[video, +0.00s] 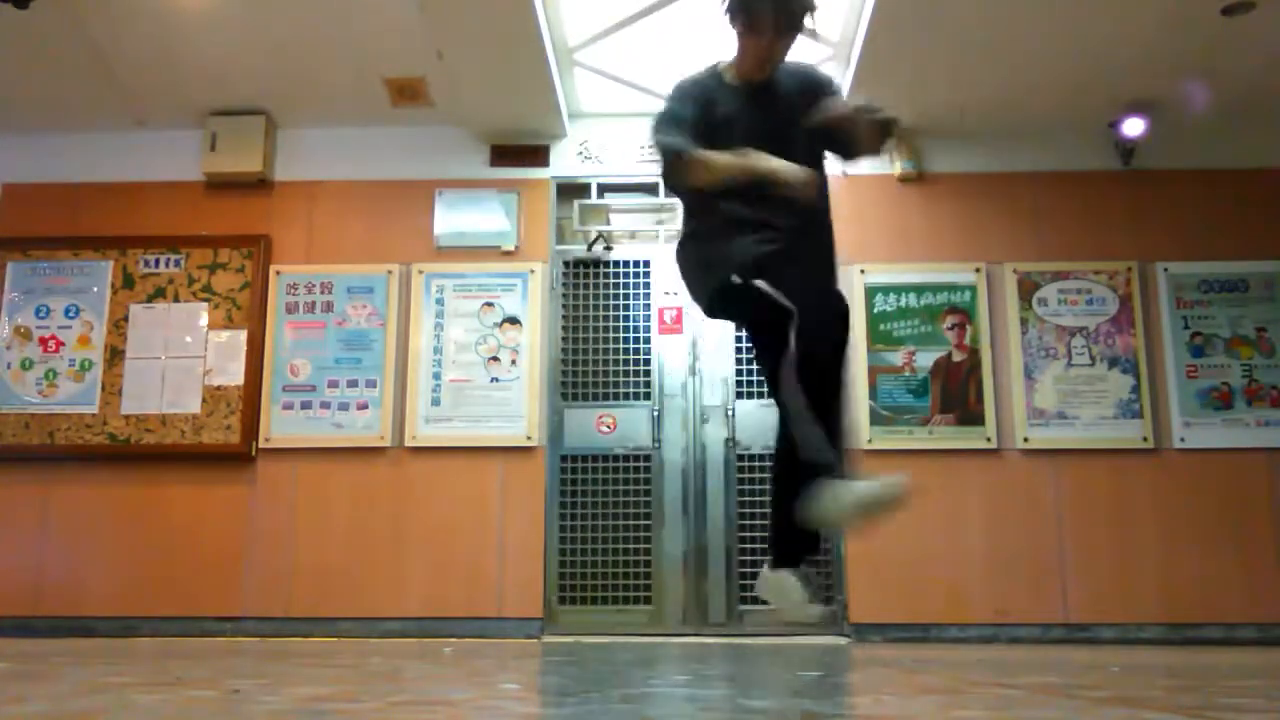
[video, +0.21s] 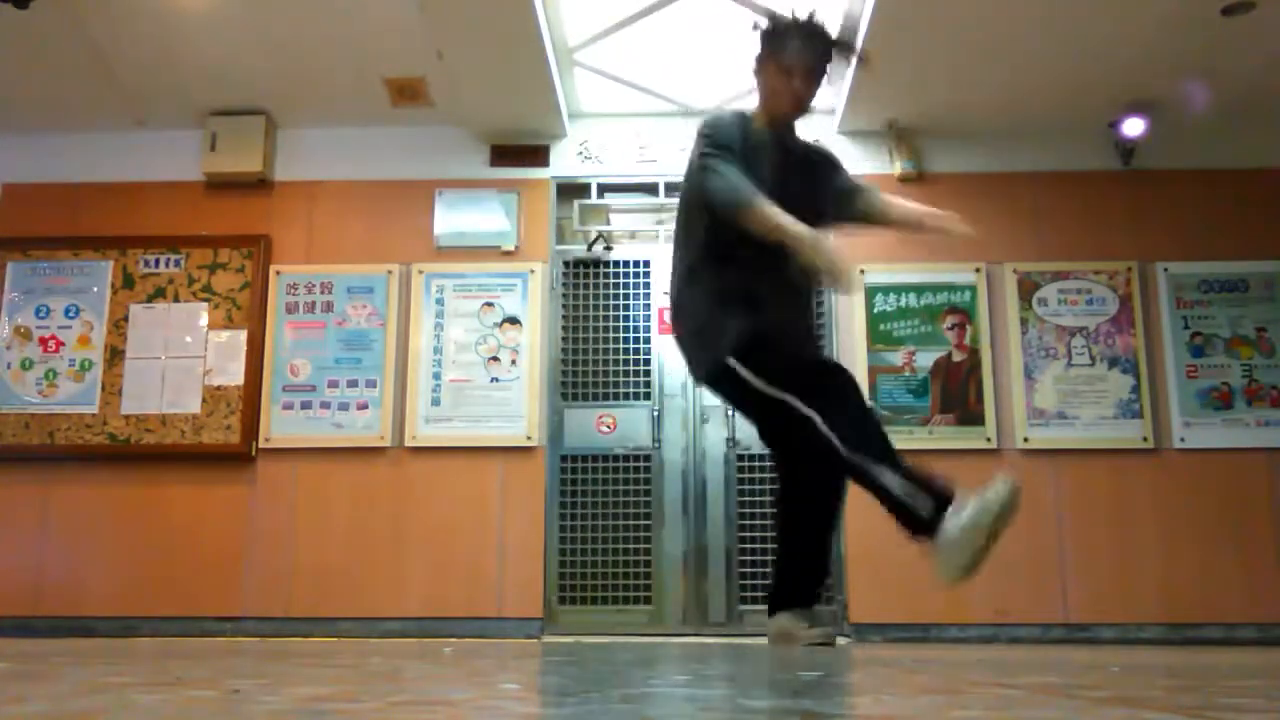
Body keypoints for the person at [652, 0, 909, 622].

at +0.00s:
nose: (768, 48)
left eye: (781, 36)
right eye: (759, 33)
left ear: (794, 34)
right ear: (738, 25)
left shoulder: (806, 88)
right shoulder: (695, 94)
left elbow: (859, 143)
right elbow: (682, 170)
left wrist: (872, 124)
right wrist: (764, 164)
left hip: (803, 258)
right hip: (725, 254)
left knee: (813, 409)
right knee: (800, 312)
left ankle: (784, 565)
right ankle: (821, 480)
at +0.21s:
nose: (803, 92)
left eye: (813, 80)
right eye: (793, 76)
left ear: (820, 85)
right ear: (762, 68)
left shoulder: (807, 162)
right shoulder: (724, 133)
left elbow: (860, 201)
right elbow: (731, 196)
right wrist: (801, 236)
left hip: (783, 332)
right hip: (721, 330)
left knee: (809, 450)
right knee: (830, 393)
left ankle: (791, 612)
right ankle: (940, 525)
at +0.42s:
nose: (805, 34)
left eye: (815, 24)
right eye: (795, 17)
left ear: (821, 33)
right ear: (762, 17)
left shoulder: (812, 124)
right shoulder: (702, 76)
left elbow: (838, 193)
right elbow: (621, 58)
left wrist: (874, 202)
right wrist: (552, 38)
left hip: (764, 281)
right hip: (683, 265)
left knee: (788, 423)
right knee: (763, 356)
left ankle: (766, 554)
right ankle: (765, 544)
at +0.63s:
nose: (769, 11)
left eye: (777, 5)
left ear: (781, 16)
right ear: (728, 1)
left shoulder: (772, 89)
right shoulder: (658, 71)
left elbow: (735, 184)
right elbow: (550, 120)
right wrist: (427, 157)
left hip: (742, 283)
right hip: (666, 276)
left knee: (731, 466)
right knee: (684, 431)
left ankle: (573, 557)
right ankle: (627, 597)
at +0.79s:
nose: (736, 7)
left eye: (743, 2)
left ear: (749, 4)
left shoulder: (754, 53)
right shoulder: (646, 21)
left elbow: (812, 109)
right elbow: (645, 66)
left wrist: (887, 120)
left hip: (678, 240)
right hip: (603, 236)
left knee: (740, 370)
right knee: (627, 390)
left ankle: (673, 533)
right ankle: (625, 571)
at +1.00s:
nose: (760, 8)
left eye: (761, 3)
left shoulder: (710, 43)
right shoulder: (671, 18)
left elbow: (771, 100)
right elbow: (745, 96)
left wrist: (764, 81)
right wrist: (776, 84)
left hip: (639, 245)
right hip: (576, 241)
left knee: (699, 396)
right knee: (588, 419)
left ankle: (674, 552)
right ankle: (583, 595)